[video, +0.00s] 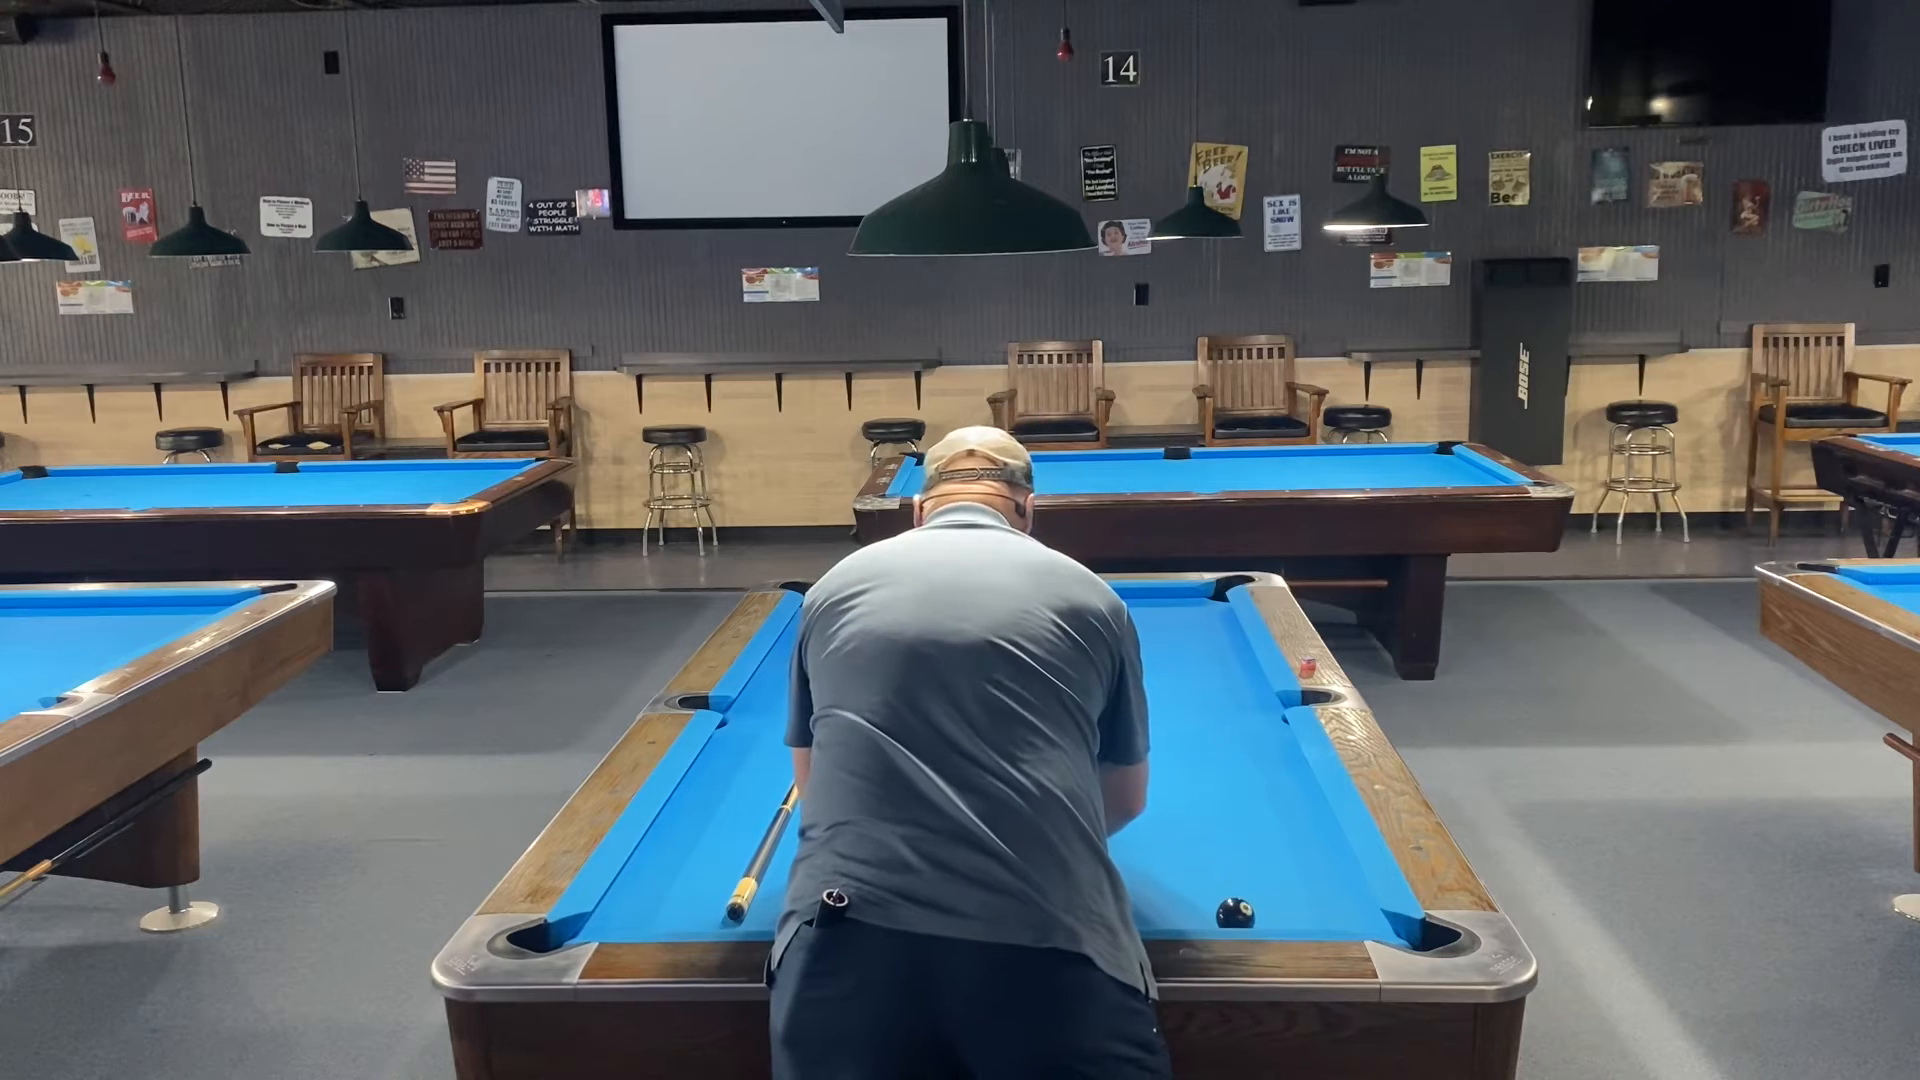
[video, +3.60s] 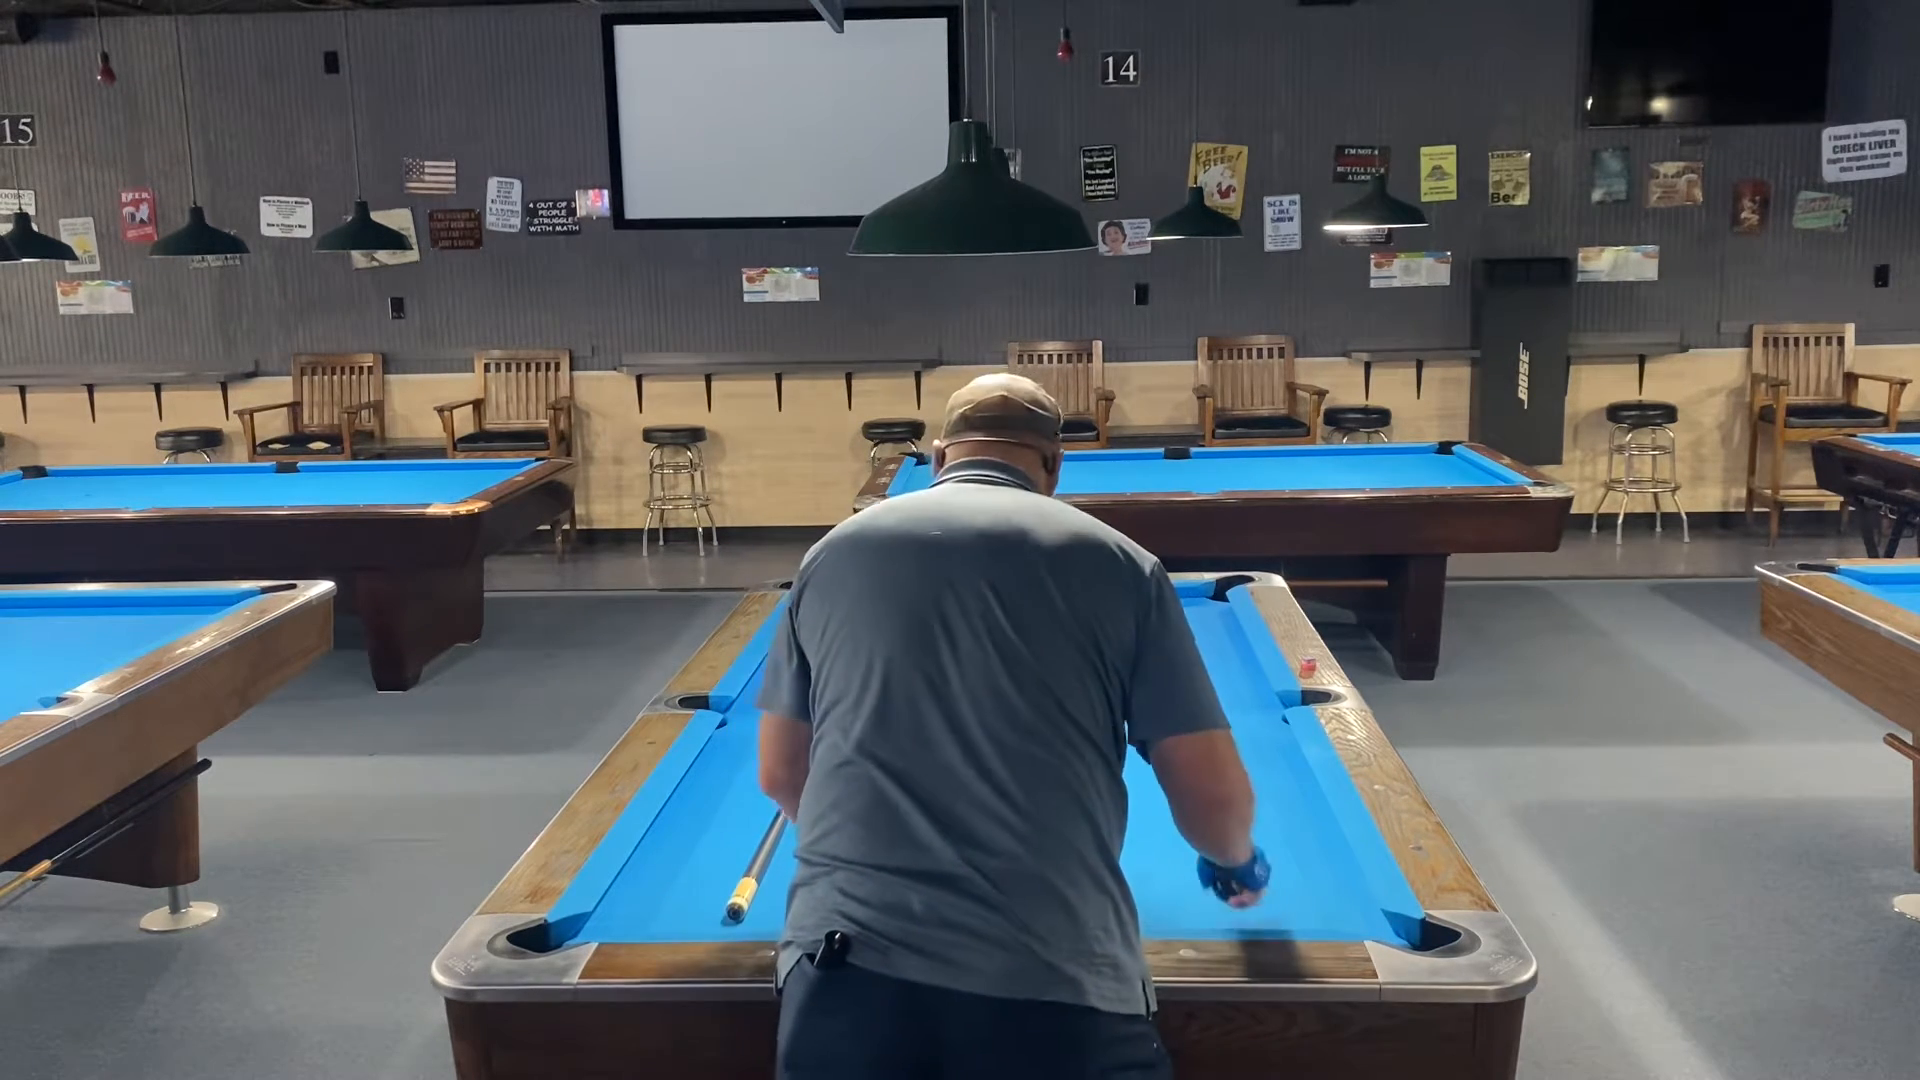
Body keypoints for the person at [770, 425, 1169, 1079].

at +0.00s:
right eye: (1030, 502)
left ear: (919, 510)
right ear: (1026, 505)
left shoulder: (835, 585)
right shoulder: (1092, 596)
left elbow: (812, 784)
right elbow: (1123, 795)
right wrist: (1028, 843)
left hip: (846, 958)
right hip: (1051, 964)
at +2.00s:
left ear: (912, 520)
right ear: (1018, 519)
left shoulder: (835, 591)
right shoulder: (1089, 597)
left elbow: (810, 787)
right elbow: (1125, 800)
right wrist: (1030, 848)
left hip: (847, 955)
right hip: (1051, 962)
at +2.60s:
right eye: (1033, 490)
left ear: (915, 491)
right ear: (1024, 493)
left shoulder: (825, 562)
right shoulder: (1099, 578)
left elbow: (767, 774)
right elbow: (1158, 784)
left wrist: (857, 819)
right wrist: (1096, 776)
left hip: (846, 968)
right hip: (1052, 977)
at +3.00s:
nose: (1044, 485)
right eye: (1041, 470)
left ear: (914, 461)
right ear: (1027, 462)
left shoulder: (809, 552)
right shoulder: (1101, 561)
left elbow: (761, 778)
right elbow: (1176, 789)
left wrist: (846, 831)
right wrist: (1154, 831)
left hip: (844, 987)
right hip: (1053, 1005)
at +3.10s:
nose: (1049, 490)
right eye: (1046, 470)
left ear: (916, 460)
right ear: (1027, 452)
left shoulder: (810, 551)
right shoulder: (1099, 557)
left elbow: (769, 780)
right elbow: (1183, 804)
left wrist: (854, 829)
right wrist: (1210, 806)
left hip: (841, 997)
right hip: (1051, 1007)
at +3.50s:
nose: (1052, 477)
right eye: (1054, 464)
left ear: (938, 453)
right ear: (1052, 458)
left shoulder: (833, 549)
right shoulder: (1117, 562)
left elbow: (792, 772)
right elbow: (1214, 782)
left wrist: (880, 831)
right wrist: (1235, 881)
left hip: (848, 986)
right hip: (1056, 1005)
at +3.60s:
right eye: (1052, 468)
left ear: (939, 458)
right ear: (1051, 463)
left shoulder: (837, 550)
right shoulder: (1120, 566)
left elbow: (783, 772)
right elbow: (1211, 789)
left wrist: (870, 835)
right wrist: (1234, 863)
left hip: (851, 982)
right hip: (1060, 1000)